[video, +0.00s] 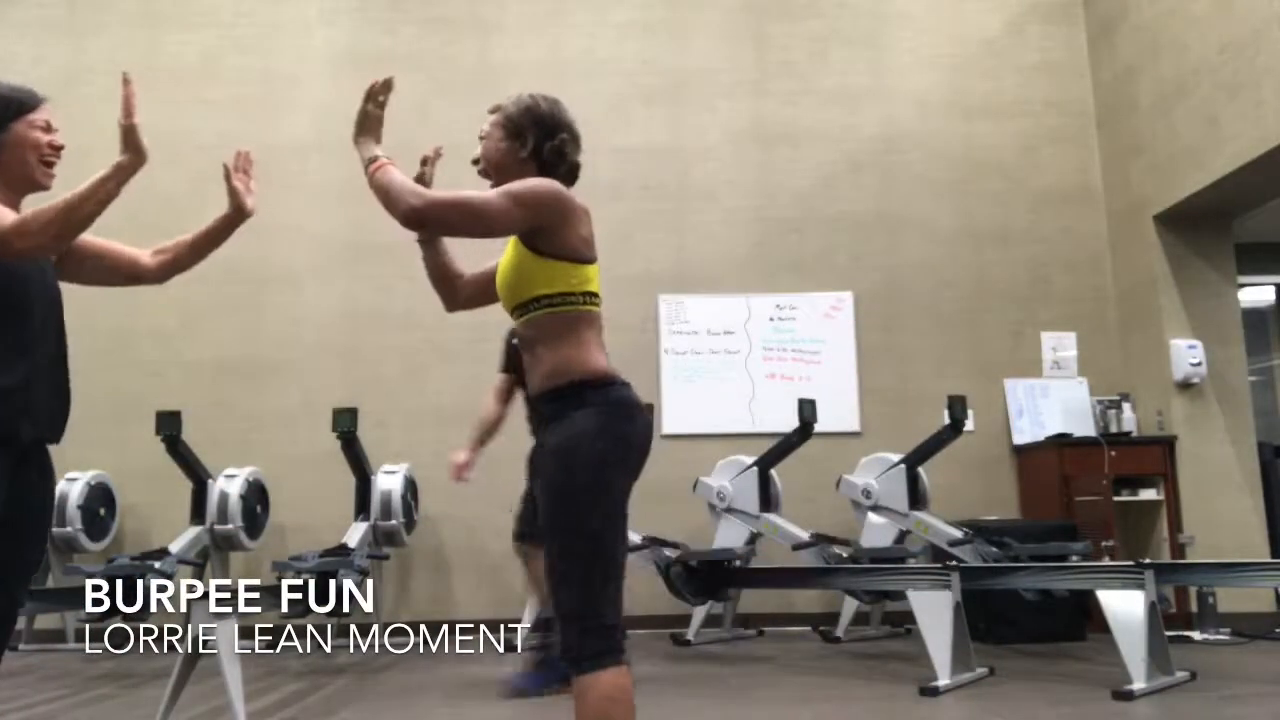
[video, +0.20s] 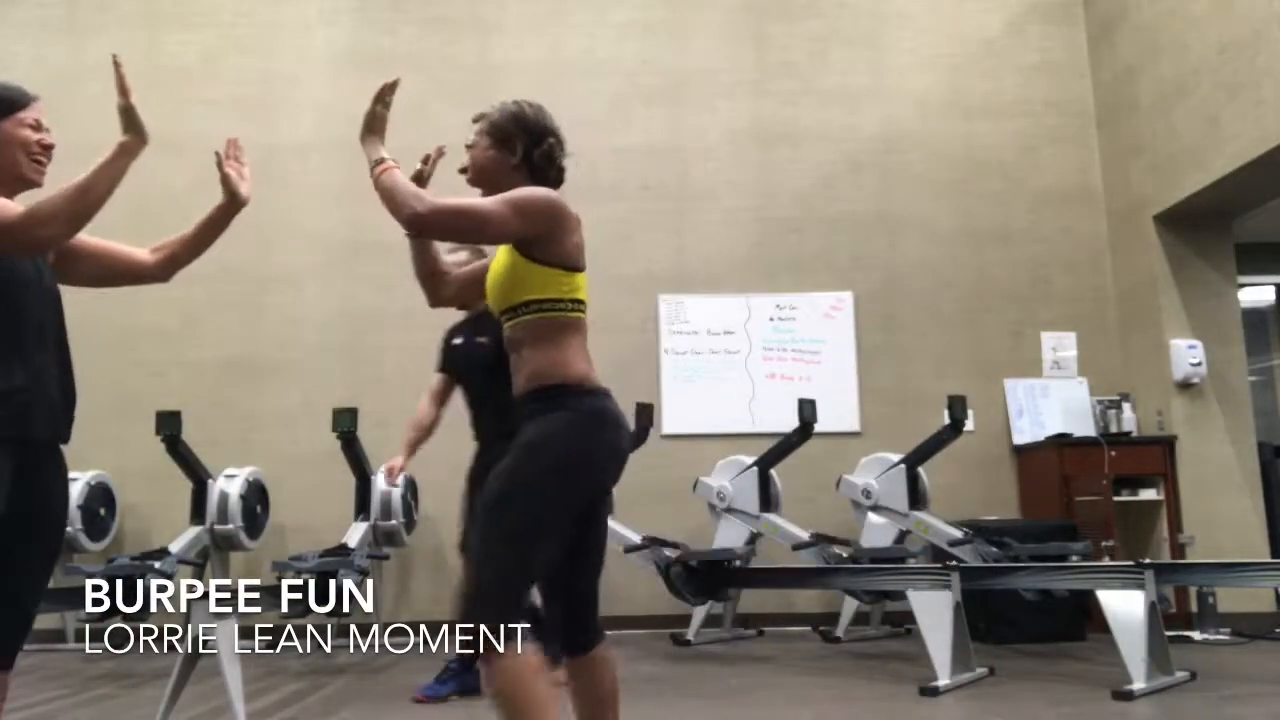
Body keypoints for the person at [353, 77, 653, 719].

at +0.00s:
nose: (480, 140)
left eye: (492, 129)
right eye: (486, 128)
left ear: (527, 143)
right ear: (526, 147)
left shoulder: (549, 197)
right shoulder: (535, 249)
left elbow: (417, 209)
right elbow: (456, 293)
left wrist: (369, 150)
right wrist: (426, 214)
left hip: (592, 422)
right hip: (572, 425)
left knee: (590, 640)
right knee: (584, 635)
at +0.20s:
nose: (465, 157)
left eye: (476, 145)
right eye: (469, 145)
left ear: (514, 153)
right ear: (511, 155)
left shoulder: (544, 208)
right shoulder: (516, 253)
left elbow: (418, 212)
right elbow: (439, 287)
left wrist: (373, 150)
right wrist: (417, 207)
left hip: (570, 425)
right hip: (567, 426)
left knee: (492, 602)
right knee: (575, 618)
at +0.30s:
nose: (448, 149)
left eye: (462, 137)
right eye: (454, 136)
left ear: (497, 149)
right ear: (495, 152)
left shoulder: (525, 208)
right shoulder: (494, 253)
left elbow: (401, 207)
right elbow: (414, 283)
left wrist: (372, 145)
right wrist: (395, 197)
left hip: (543, 429)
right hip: (551, 432)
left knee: (448, 613)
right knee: (572, 623)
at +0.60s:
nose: (405, 128)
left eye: (418, 118)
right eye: (409, 117)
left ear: (455, 128)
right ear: (462, 135)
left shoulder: (462, 174)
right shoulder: (468, 207)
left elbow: (313, 163)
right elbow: (386, 252)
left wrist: (290, 110)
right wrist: (347, 177)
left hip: (480, 414)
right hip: (519, 411)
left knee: (414, 619)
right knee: (524, 600)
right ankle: (573, 714)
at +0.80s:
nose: (437, 148)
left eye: (446, 134)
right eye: (439, 135)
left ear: (479, 138)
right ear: (498, 143)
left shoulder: (507, 188)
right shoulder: (513, 215)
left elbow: (388, 200)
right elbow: (452, 289)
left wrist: (331, 143)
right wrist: (409, 227)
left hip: (519, 418)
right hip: (552, 416)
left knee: (442, 620)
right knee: (568, 608)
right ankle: (655, 713)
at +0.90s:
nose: (464, 200)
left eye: (468, 183)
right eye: (461, 186)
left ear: (506, 171)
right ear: (505, 175)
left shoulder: (554, 212)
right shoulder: (532, 244)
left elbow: (513, 257)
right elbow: (497, 336)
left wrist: (394, 220)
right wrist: (426, 287)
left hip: (574, 429)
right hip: (597, 429)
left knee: (484, 623)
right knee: (627, 627)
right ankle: (698, 714)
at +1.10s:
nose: (480, 240)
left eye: (480, 222)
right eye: (473, 228)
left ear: (513, 197)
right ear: (514, 202)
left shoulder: (581, 229)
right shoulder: (558, 267)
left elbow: (571, 327)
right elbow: (566, 396)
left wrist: (487, 401)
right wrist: (502, 456)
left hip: (677, 415)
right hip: (663, 422)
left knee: (619, 613)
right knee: (674, 618)